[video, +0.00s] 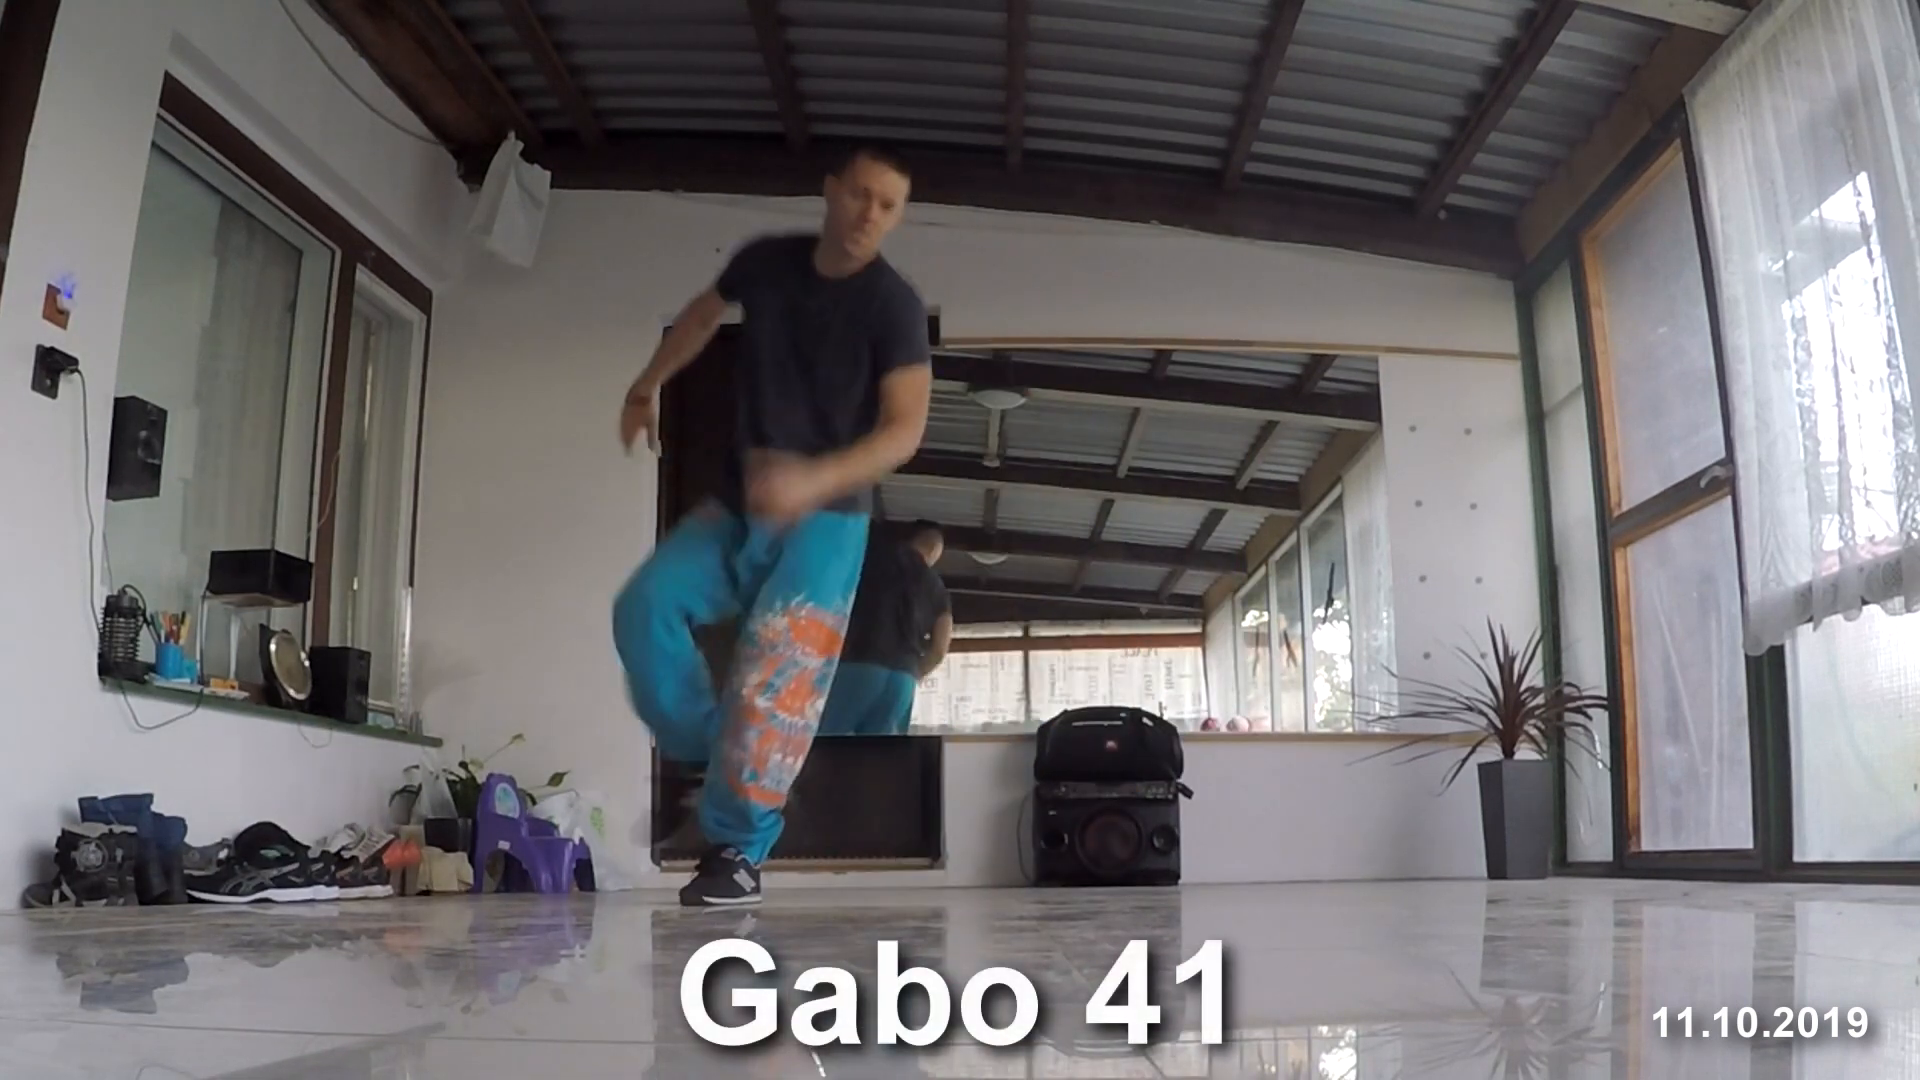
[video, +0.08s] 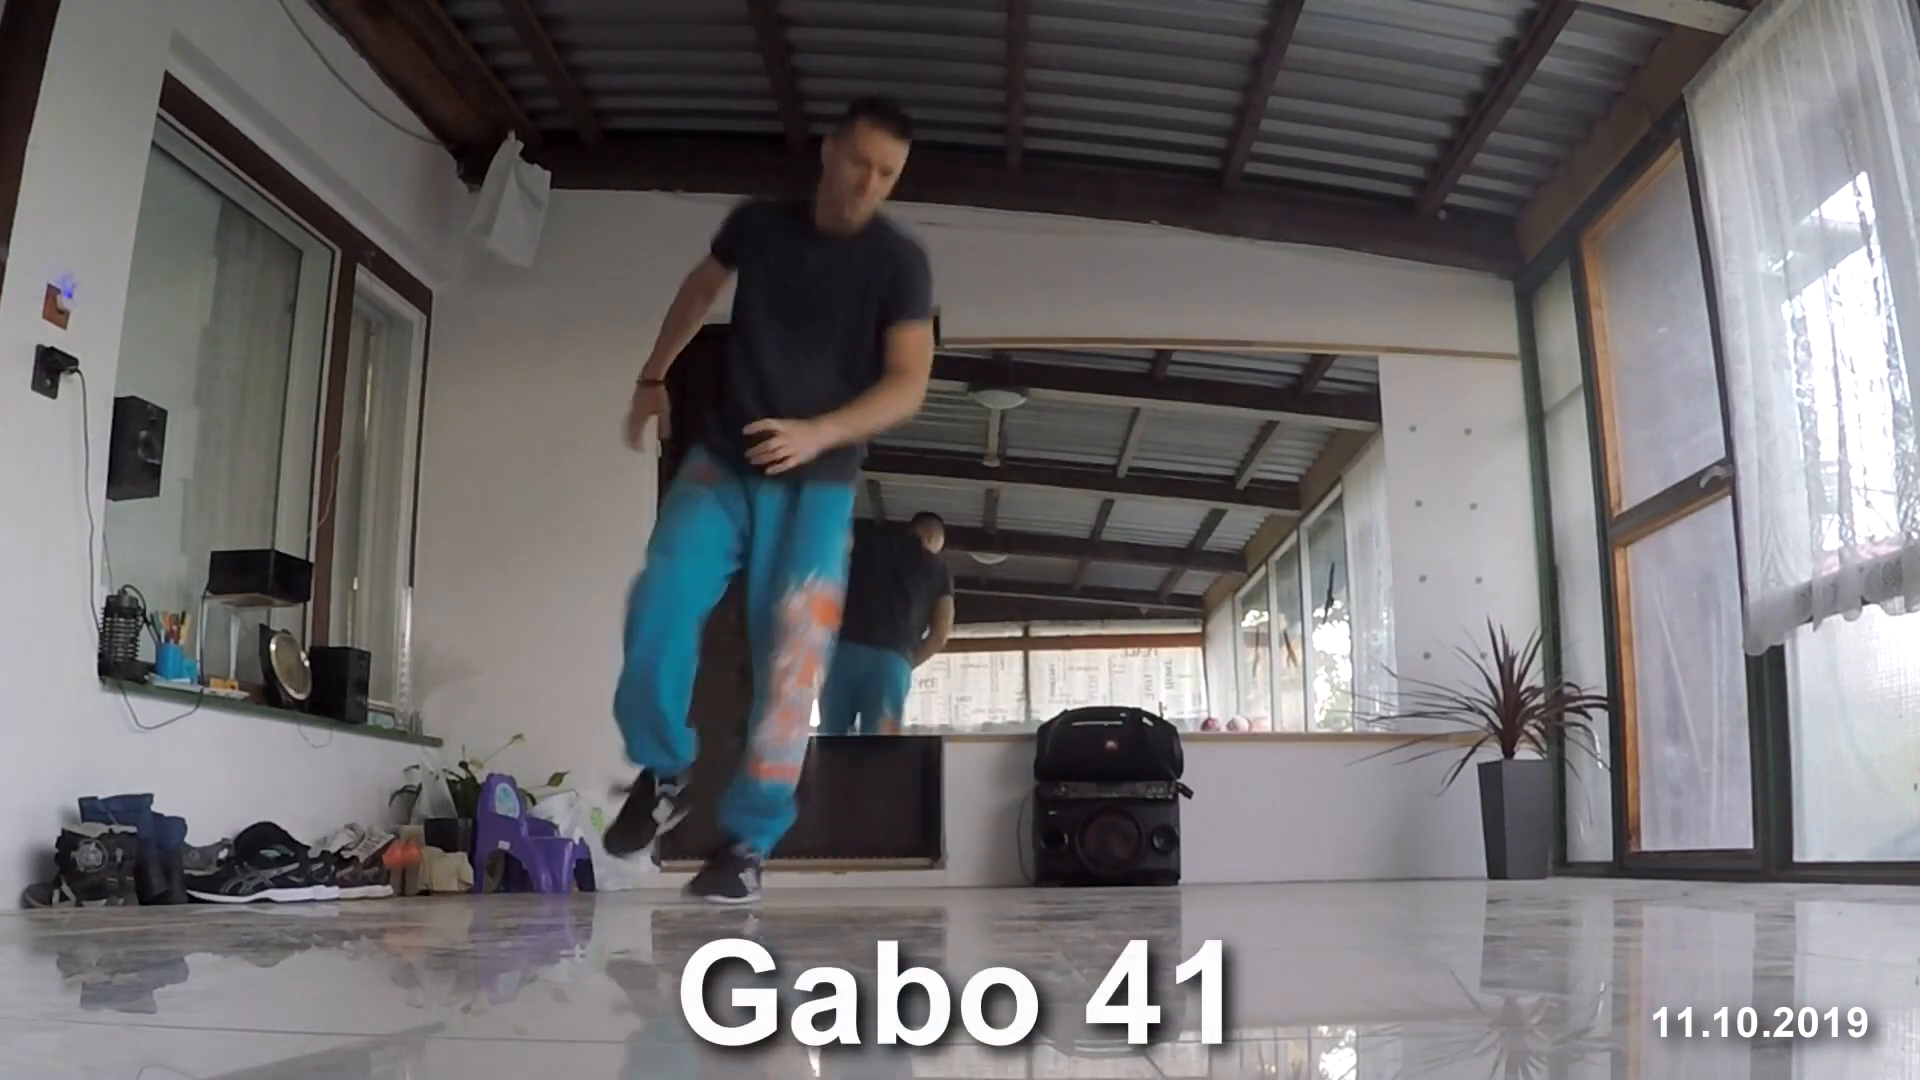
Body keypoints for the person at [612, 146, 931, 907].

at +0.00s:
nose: (869, 215)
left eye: (886, 205)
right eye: (859, 195)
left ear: (899, 217)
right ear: (829, 191)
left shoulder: (895, 305)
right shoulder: (764, 263)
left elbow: (905, 434)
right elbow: (701, 319)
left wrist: (815, 478)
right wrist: (646, 385)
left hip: (827, 519)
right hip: (736, 507)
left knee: (780, 672)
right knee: (644, 607)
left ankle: (738, 852)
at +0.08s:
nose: (867, 183)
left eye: (884, 173)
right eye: (858, 163)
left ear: (899, 179)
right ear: (827, 150)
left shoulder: (899, 262)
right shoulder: (756, 225)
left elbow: (909, 387)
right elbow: (702, 289)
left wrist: (819, 433)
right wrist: (652, 375)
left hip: (815, 484)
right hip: (718, 464)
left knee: (791, 655)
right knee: (658, 606)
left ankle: (746, 849)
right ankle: (663, 767)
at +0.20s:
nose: (885, 170)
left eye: (903, 160)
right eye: (876, 149)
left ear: (915, 166)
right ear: (841, 133)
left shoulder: (904, 253)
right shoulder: (754, 208)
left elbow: (890, 380)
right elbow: (687, 291)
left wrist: (804, 447)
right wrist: (649, 387)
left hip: (810, 458)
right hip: (712, 433)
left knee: (809, 634)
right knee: (694, 611)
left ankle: (744, 806)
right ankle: (667, 811)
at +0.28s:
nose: (897, 199)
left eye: (914, 189)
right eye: (890, 176)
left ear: (925, 193)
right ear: (853, 148)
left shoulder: (906, 282)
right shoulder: (754, 213)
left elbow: (879, 408)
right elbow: (655, 288)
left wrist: (825, 481)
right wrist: (615, 394)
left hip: (807, 479)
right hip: (712, 456)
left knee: (804, 660)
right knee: (694, 643)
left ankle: (740, 829)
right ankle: (657, 848)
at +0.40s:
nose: (925, 229)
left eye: (945, 220)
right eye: (921, 204)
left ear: (957, 221)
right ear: (885, 170)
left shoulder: (924, 295)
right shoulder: (786, 226)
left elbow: (888, 403)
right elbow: (655, 293)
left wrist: (858, 520)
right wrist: (626, 415)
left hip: (797, 482)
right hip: (710, 458)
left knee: (776, 655)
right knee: (687, 638)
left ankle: (724, 822)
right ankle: (660, 840)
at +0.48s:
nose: (950, 285)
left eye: (968, 275)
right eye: (946, 260)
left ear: (984, 269)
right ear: (914, 222)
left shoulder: (945, 315)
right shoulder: (820, 266)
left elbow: (898, 387)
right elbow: (703, 376)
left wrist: (876, 465)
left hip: (794, 479)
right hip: (715, 458)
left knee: (754, 640)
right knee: (694, 624)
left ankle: (700, 797)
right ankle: (654, 814)